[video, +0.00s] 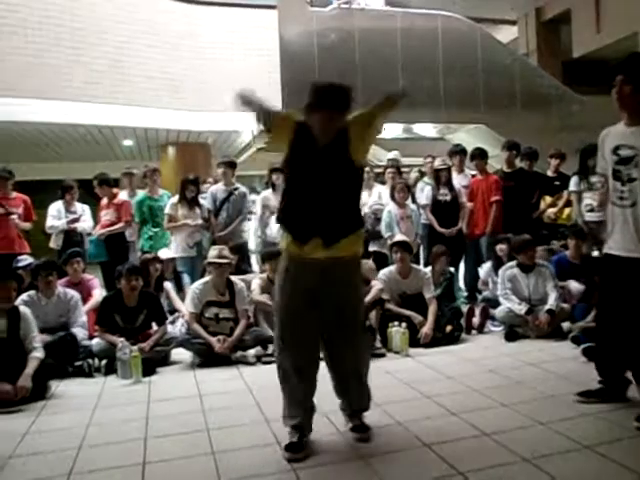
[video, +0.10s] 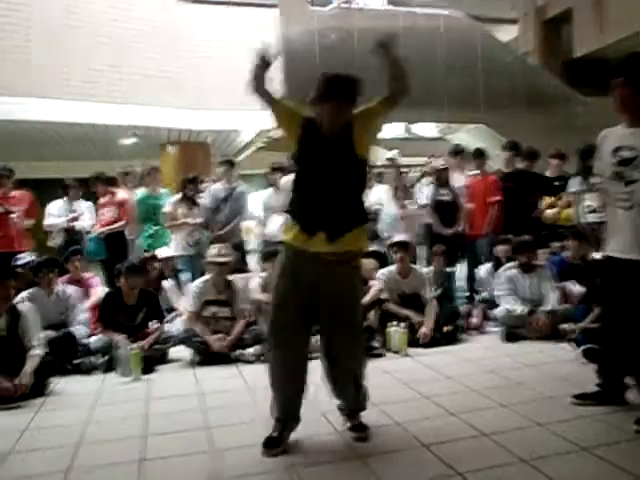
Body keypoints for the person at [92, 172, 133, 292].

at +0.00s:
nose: (96, 191)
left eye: (97, 187)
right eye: (95, 188)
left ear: (104, 187)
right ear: (104, 187)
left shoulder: (123, 202)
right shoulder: (103, 202)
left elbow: (126, 222)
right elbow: (102, 221)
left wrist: (106, 232)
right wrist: (95, 232)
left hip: (118, 237)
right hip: (104, 238)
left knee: (120, 271)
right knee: (107, 273)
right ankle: (112, 299)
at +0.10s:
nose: (96, 190)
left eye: (97, 186)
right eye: (95, 187)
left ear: (104, 185)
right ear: (98, 187)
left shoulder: (121, 197)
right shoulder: (101, 200)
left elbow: (126, 220)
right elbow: (101, 218)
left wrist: (106, 230)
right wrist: (96, 228)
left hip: (117, 235)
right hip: (104, 236)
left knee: (119, 268)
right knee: (108, 269)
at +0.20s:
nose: (100, 184)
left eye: (101, 181)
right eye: (99, 181)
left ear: (109, 180)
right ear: (107, 181)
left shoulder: (126, 193)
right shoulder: (107, 195)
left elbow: (129, 215)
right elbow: (106, 213)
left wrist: (109, 224)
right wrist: (99, 224)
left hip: (120, 230)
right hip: (107, 230)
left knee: (122, 262)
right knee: (109, 264)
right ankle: (114, 290)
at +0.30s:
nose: (96, 182)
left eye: (97, 179)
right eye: (95, 179)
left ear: (105, 178)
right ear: (104, 179)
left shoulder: (122, 191)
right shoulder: (102, 192)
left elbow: (125, 213)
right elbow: (102, 210)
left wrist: (105, 222)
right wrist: (96, 221)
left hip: (116, 227)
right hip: (103, 228)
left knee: (118, 260)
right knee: (105, 261)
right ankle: (110, 287)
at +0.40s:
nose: (94, 183)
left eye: (95, 179)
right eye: (94, 179)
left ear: (103, 178)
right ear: (102, 178)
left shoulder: (121, 191)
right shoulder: (101, 192)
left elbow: (124, 213)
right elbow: (100, 210)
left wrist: (104, 222)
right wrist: (95, 220)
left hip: (115, 227)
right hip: (102, 227)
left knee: (116, 260)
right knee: (103, 260)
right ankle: (107, 285)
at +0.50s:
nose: (88, 181)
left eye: (89, 178)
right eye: (87, 178)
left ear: (97, 177)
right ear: (96, 177)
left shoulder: (115, 190)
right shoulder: (95, 190)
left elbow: (118, 212)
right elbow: (94, 209)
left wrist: (97, 221)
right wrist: (89, 219)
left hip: (109, 226)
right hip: (96, 226)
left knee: (111, 259)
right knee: (98, 259)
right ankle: (102, 286)